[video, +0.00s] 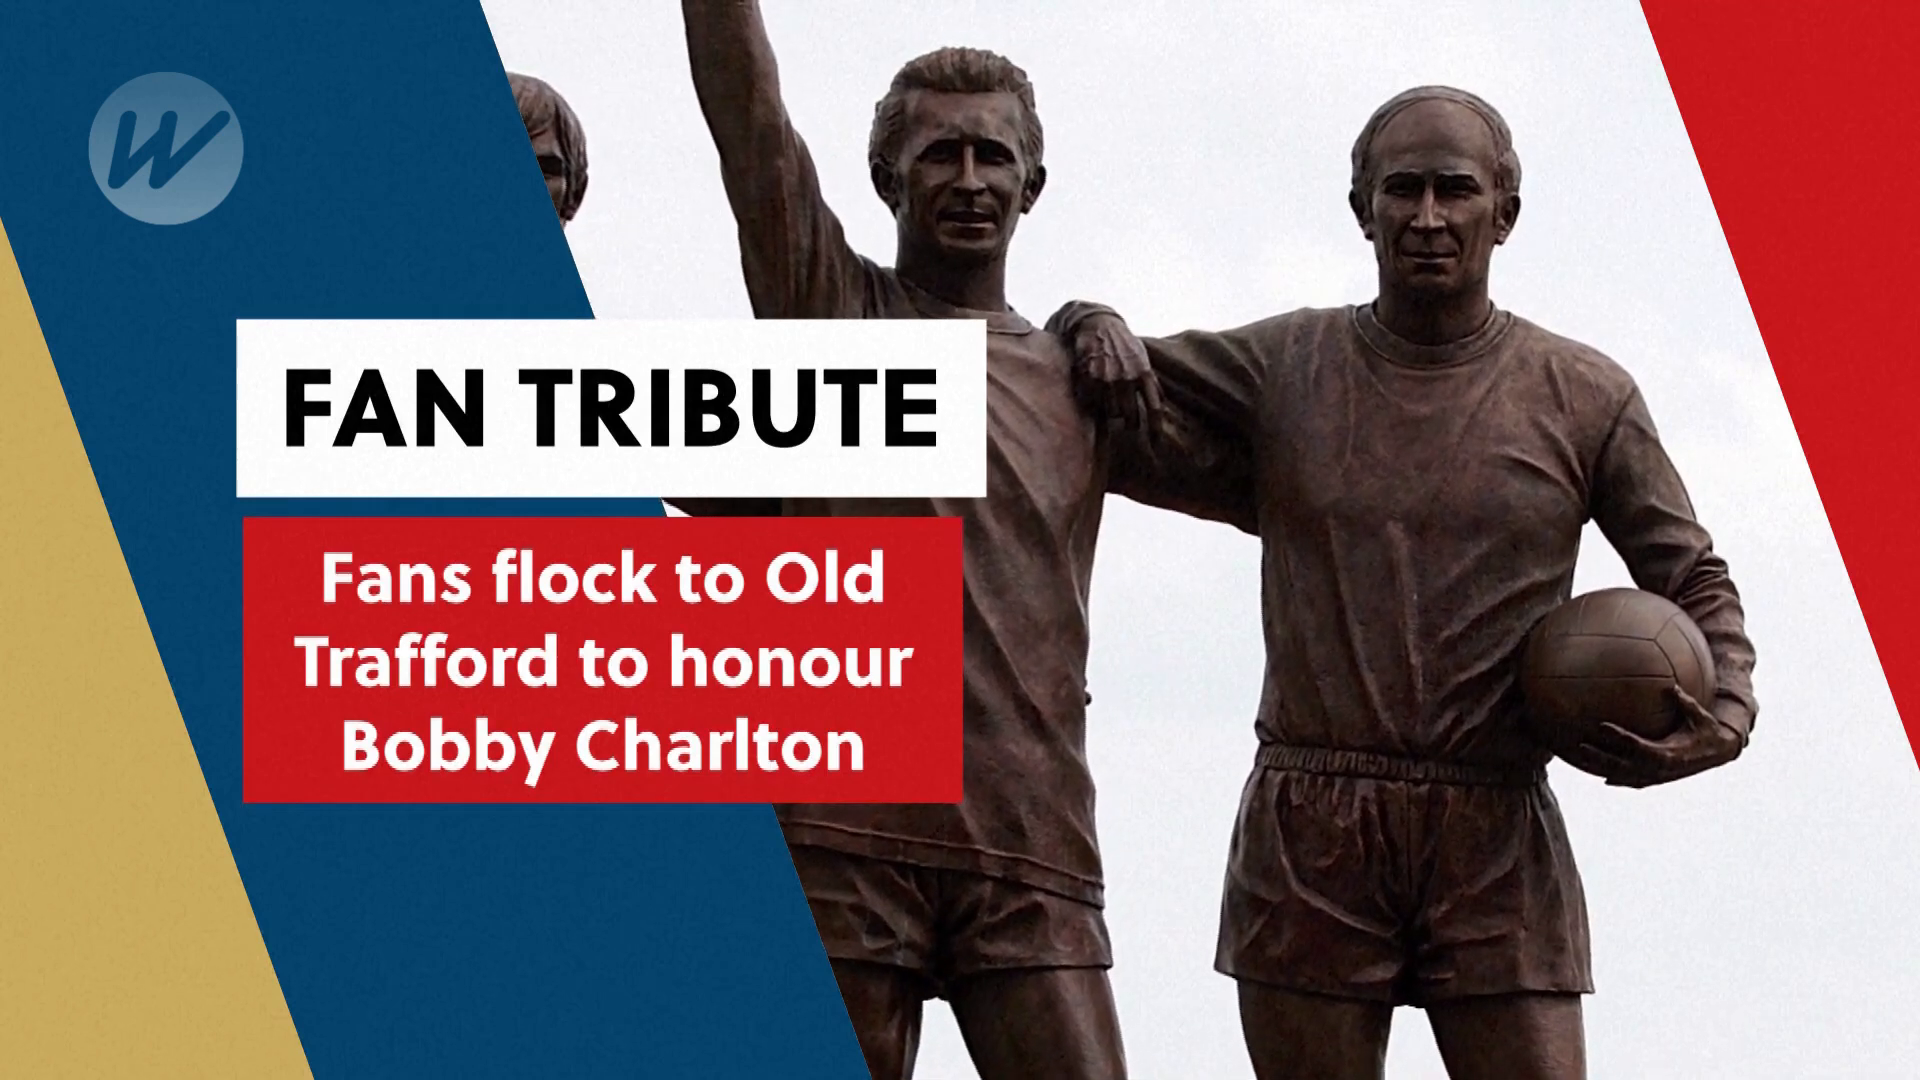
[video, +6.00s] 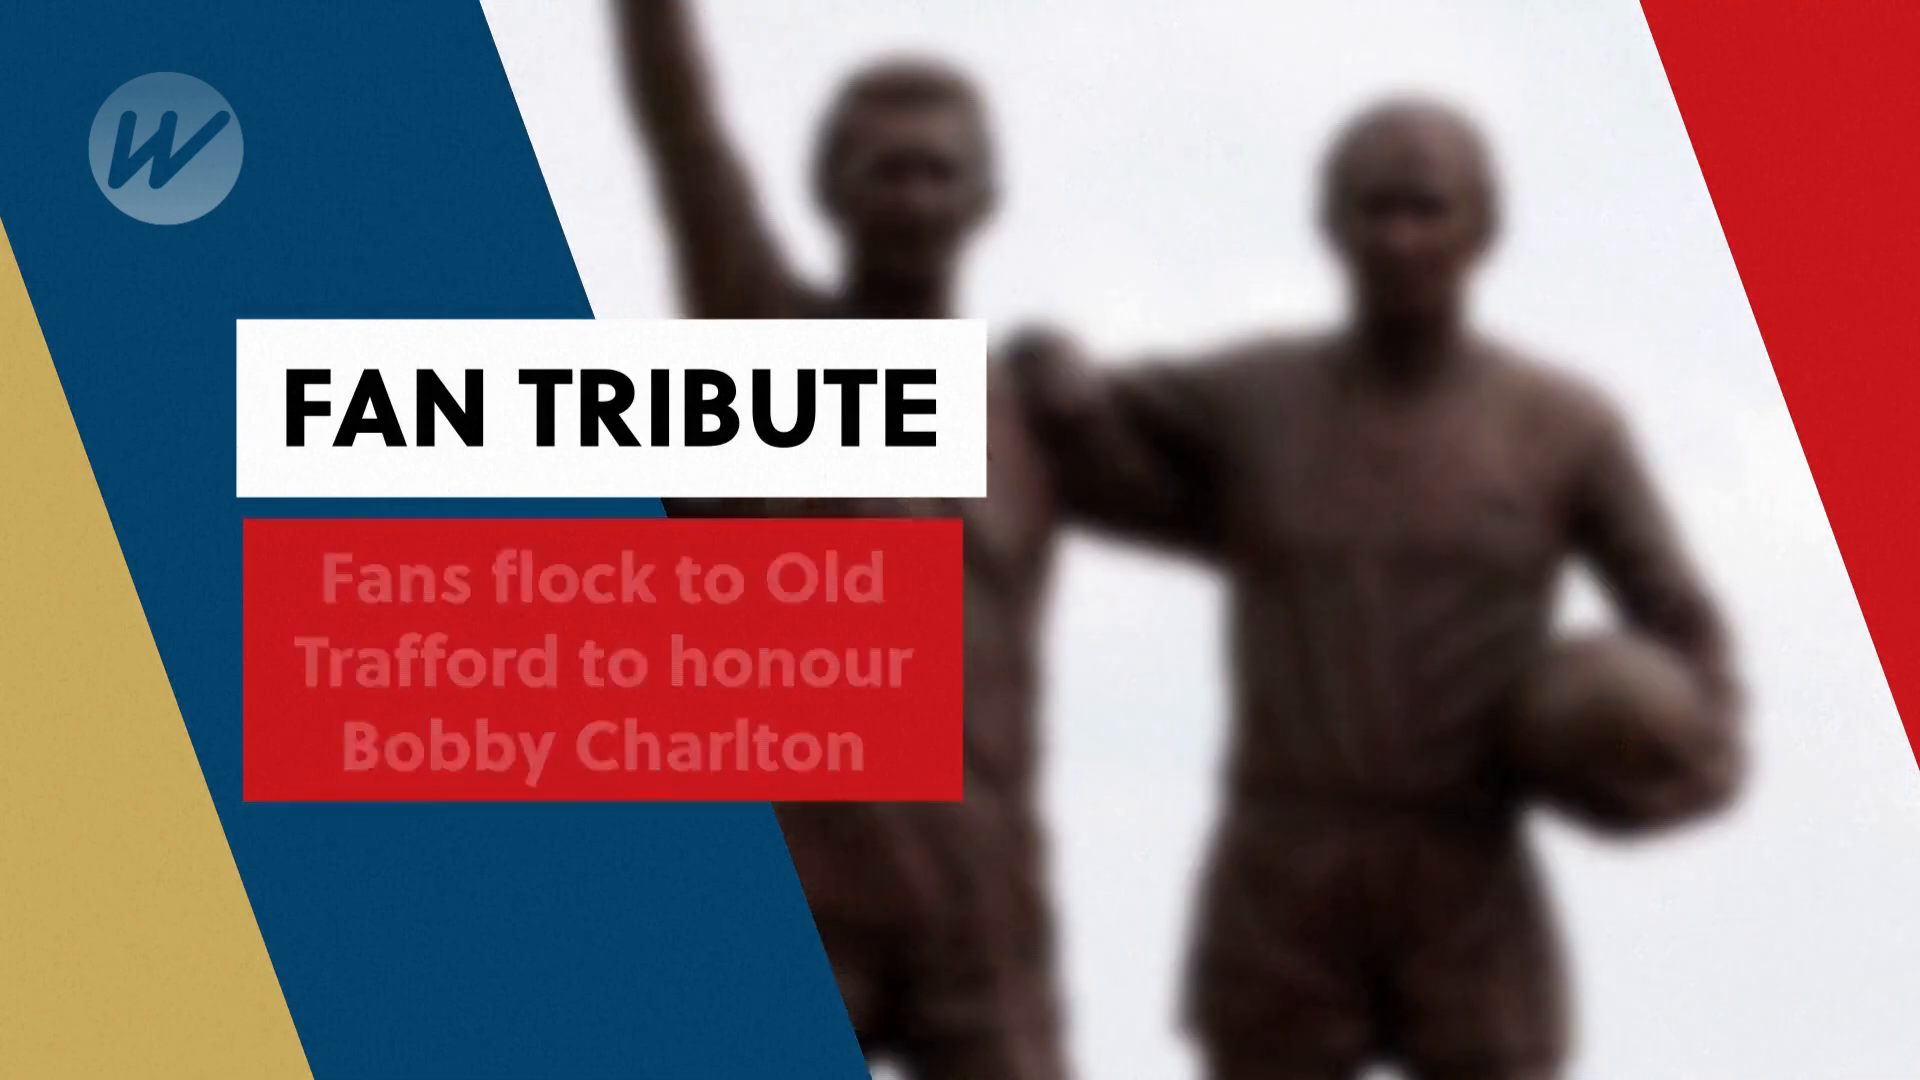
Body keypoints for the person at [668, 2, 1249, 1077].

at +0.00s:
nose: (970, 177)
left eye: (994, 154)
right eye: (940, 153)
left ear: (1030, 181)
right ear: (888, 176)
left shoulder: (1081, 387)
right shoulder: (825, 310)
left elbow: (1286, 481)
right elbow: (748, 119)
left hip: (1031, 854)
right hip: (838, 843)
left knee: (1084, 1063)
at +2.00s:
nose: (948, 184)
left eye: (973, 160)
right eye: (918, 160)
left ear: (1011, 190)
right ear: (865, 186)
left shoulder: (1064, 396)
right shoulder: (802, 323)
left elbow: (1275, 495)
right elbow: (721, 127)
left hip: (1013, 868)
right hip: (820, 865)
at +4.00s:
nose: (930, 191)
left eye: (955, 168)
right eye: (899, 166)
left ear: (991, 198)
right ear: (842, 194)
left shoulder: (1044, 405)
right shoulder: (776, 332)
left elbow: (1244, 506)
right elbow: (696, 132)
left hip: (995, 900)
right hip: (803, 892)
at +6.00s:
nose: (914, 193)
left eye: (941, 169)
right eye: (886, 168)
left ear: (984, 193)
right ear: (832, 188)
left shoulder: (1023, 404)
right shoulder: (769, 343)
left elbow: (1250, 495)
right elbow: (681, 135)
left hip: (982, 921)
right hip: (800, 917)